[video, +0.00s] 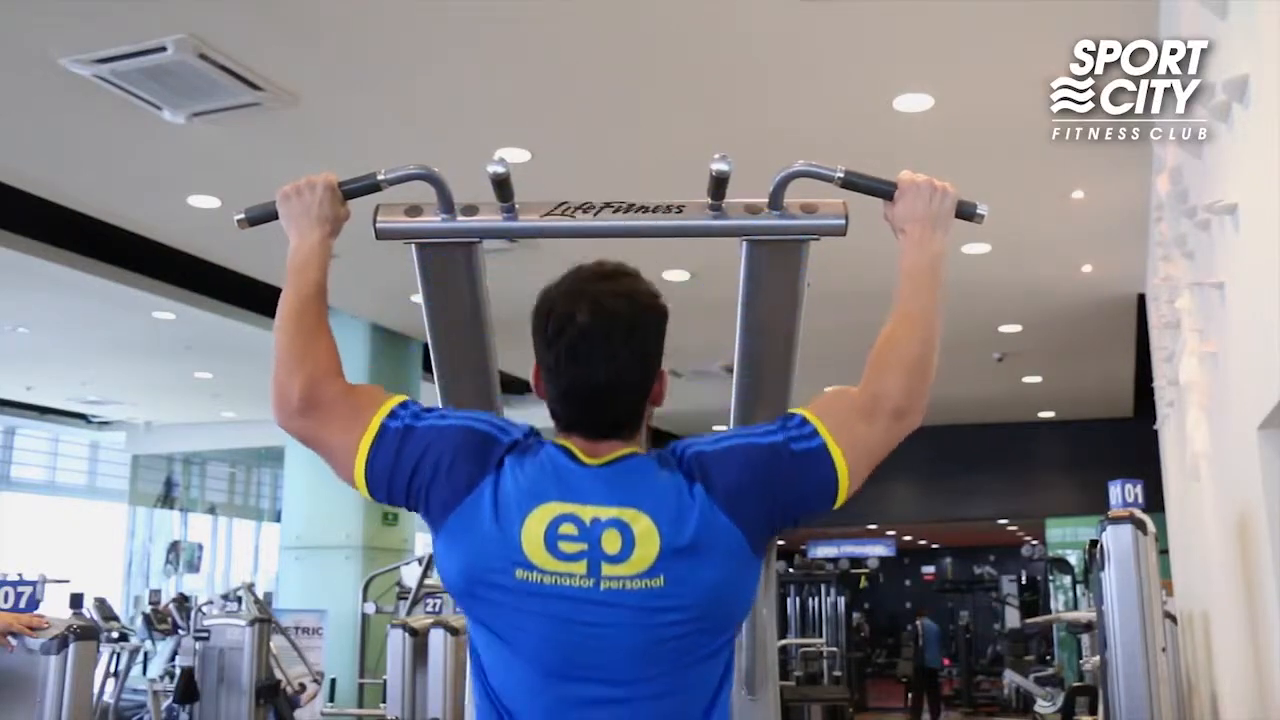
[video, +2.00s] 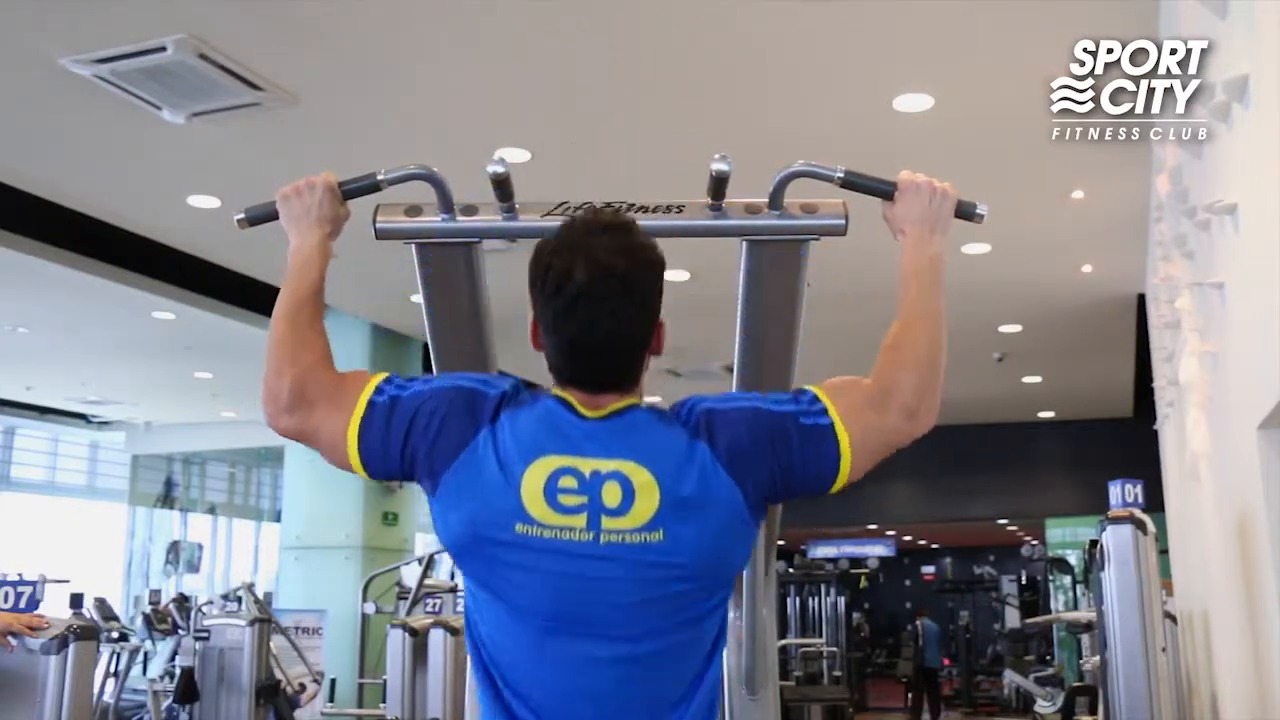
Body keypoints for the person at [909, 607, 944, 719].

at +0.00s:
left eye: (917, 616)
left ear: (917, 615)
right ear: (927, 615)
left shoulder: (917, 626)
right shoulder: (935, 626)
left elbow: (917, 644)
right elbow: (938, 645)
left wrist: (914, 659)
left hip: (921, 664)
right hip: (934, 664)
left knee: (918, 692)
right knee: (933, 692)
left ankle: (916, 714)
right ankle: (935, 715)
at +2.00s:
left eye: (917, 616)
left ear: (917, 615)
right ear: (927, 615)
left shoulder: (917, 625)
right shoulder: (935, 626)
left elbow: (917, 644)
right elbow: (938, 645)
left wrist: (914, 658)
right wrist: (938, 659)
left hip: (921, 664)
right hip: (934, 664)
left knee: (917, 692)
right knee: (933, 692)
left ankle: (916, 715)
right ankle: (935, 715)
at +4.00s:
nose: (916, 618)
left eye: (916, 616)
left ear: (917, 615)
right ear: (928, 614)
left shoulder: (917, 626)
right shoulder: (935, 627)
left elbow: (917, 644)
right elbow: (938, 645)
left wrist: (914, 659)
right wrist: (939, 659)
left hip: (921, 664)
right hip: (934, 664)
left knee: (918, 692)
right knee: (933, 692)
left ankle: (916, 715)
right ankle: (935, 715)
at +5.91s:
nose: (916, 618)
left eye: (916, 616)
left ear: (917, 615)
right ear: (928, 614)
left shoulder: (917, 625)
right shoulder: (935, 627)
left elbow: (917, 644)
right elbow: (938, 645)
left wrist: (914, 659)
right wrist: (939, 659)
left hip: (921, 664)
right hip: (934, 664)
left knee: (918, 692)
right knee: (933, 691)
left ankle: (916, 715)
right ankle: (935, 715)